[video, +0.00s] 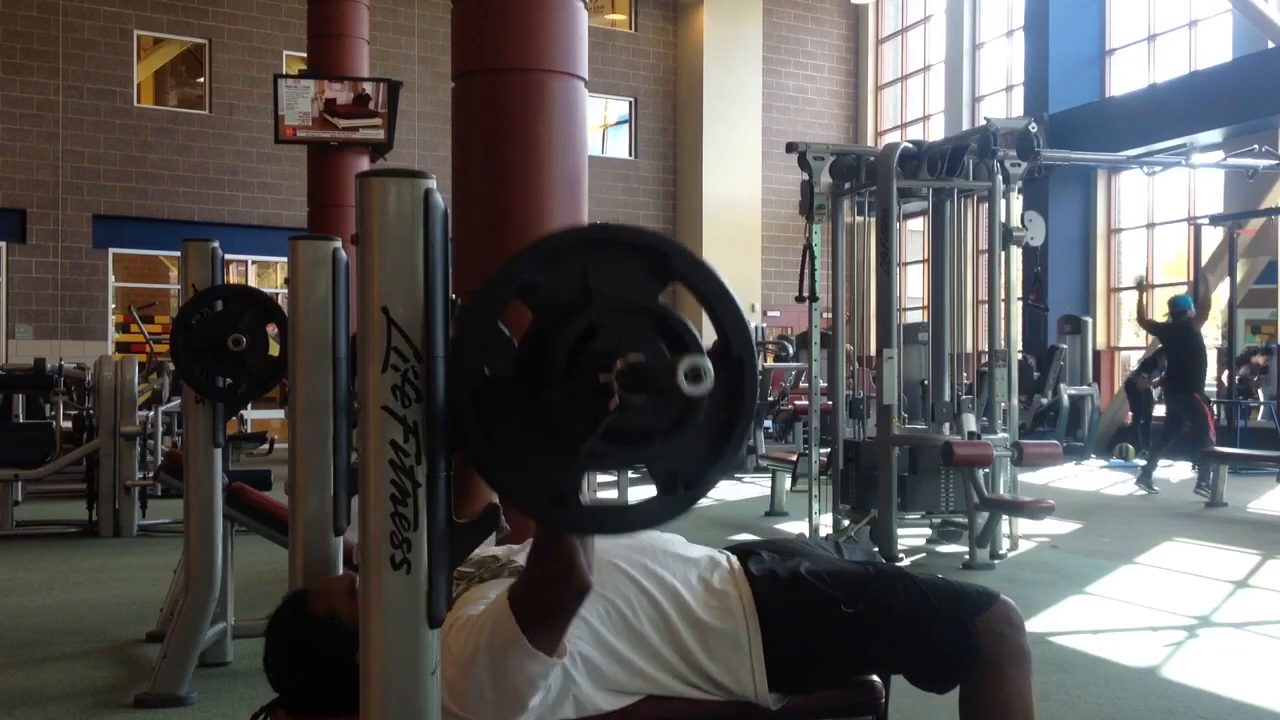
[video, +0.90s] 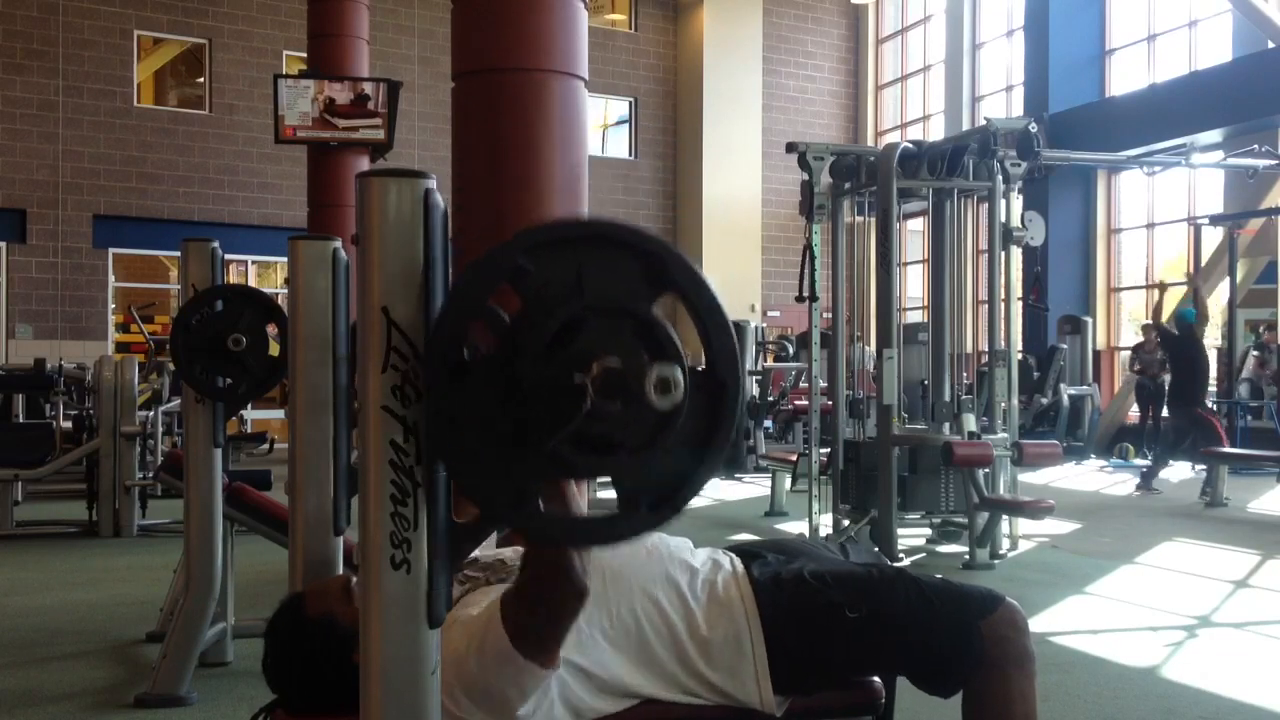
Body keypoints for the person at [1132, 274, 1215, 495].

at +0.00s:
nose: (1194, 312)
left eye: (1192, 309)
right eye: (1192, 309)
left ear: (1171, 312)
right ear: (1188, 312)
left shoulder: (1165, 329)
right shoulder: (1191, 327)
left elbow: (1143, 319)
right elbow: (1205, 306)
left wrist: (1141, 293)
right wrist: (1203, 281)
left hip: (1172, 391)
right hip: (1191, 392)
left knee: (1167, 433)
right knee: (1207, 433)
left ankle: (1146, 475)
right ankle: (1204, 481)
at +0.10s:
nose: (1194, 299)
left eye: (1193, 295)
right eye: (1192, 296)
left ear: (1174, 300)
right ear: (1186, 299)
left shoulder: (1167, 318)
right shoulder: (1189, 317)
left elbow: (1144, 328)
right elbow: (1203, 322)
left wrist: (1131, 322)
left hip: (1173, 379)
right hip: (1190, 379)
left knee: (1169, 423)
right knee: (1200, 423)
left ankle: (1155, 471)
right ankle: (1199, 474)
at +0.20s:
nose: (1194, 297)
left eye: (1193, 294)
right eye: (1192, 294)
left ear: (1174, 298)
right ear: (1185, 297)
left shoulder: (1167, 318)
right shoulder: (1190, 317)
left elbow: (1152, 344)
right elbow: (1201, 337)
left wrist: (1144, 366)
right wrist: (1225, 349)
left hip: (1171, 378)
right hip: (1189, 379)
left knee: (1173, 423)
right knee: (1198, 420)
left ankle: (1164, 474)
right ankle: (1190, 474)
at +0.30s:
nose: (1196, 309)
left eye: (1194, 305)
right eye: (1193, 306)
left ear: (1175, 311)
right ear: (1187, 310)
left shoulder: (1166, 333)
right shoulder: (1193, 333)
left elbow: (1165, 365)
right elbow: (1203, 366)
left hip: (1170, 391)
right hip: (1188, 392)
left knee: (1180, 434)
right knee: (1198, 434)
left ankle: (1169, 480)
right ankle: (1177, 480)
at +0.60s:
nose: (1195, 294)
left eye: (1193, 291)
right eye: (1193, 291)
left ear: (1174, 297)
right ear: (1188, 295)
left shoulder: (1167, 318)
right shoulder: (1196, 316)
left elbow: (1156, 346)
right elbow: (1212, 339)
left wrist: (1155, 368)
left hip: (1172, 376)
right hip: (1192, 376)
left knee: (1176, 420)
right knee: (1199, 422)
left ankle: (1163, 470)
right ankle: (1192, 473)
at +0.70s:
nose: (1196, 296)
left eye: (1195, 293)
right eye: (1194, 293)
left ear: (1176, 298)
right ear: (1187, 297)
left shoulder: (1168, 318)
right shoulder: (1197, 316)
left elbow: (1146, 325)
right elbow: (1224, 318)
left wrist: (1151, 344)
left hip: (1175, 375)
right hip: (1193, 375)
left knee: (1175, 418)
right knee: (1205, 419)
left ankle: (1156, 466)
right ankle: (1201, 472)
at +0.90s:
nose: (1193, 323)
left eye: (1184, 318)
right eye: (1192, 319)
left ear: (1176, 323)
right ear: (1193, 323)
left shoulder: (1172, 342)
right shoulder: (1196, 339)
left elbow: (1156, 320)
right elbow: (1203, 314)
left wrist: (1161, 293)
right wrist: (1197, 287)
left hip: (1175, 403)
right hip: (1193, 404)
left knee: (1172, 443)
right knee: (1219, 442)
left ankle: (1146, 480)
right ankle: (1210, 486)